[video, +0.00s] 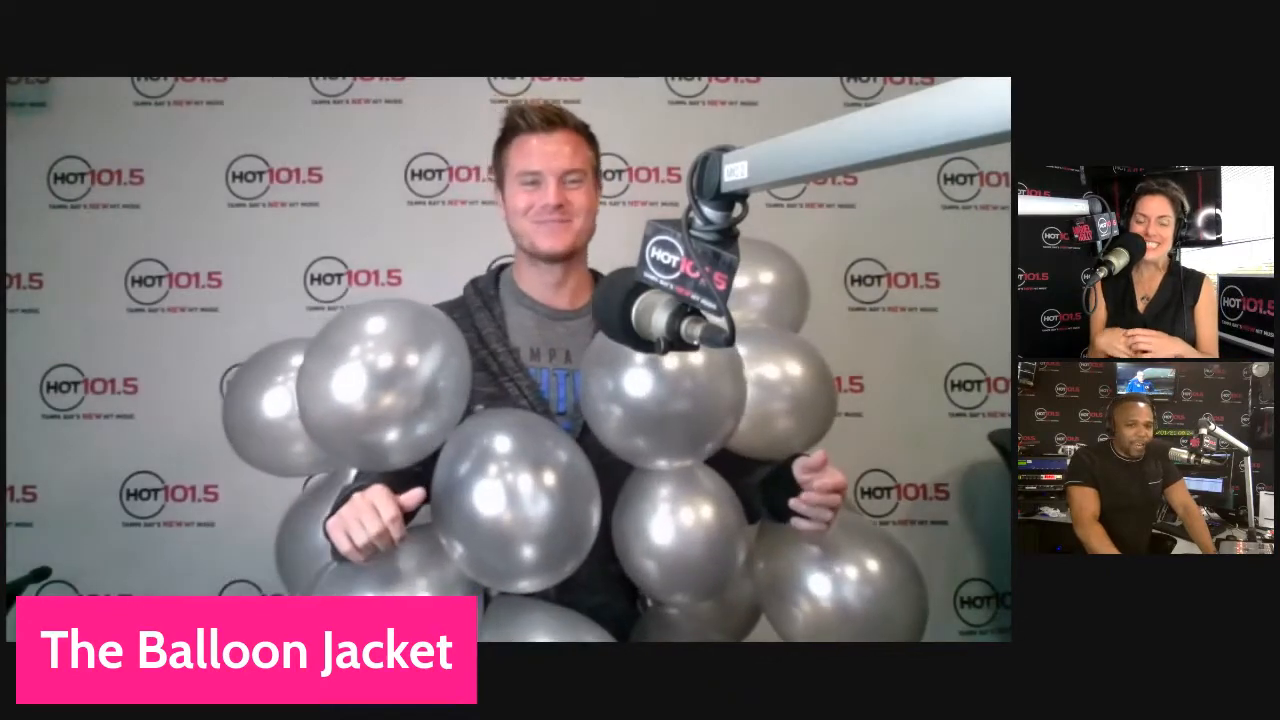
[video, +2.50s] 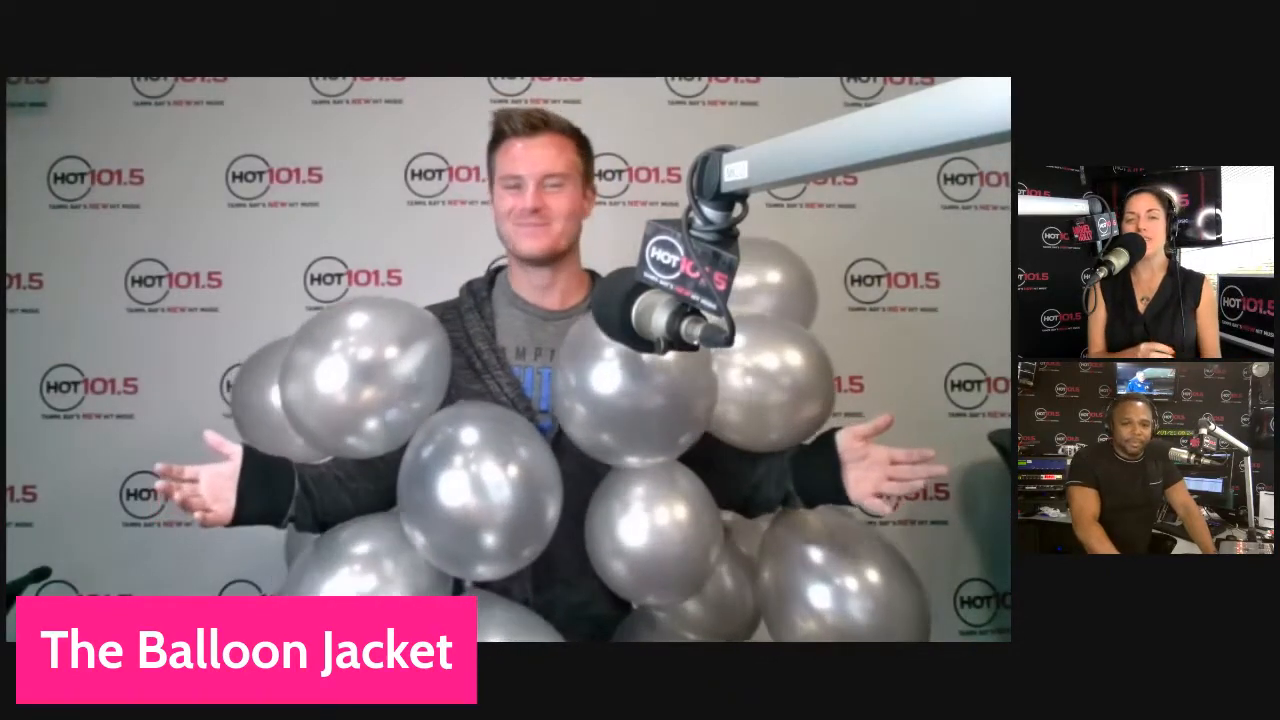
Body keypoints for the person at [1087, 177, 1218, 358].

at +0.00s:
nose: (1150, 231)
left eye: (1163, 223)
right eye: (1141, 220)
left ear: (1177, 230)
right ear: (1127, 224)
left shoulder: (1198, 287)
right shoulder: (1104, 285)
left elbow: (1211, 361)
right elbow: (1093, 359)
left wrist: (1179, 347)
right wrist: (1099, 342)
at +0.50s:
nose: (1150, 229)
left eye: (1163, 221)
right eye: (1141, 218)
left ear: (1178, 231)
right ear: (1128, 224)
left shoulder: (1198, 285)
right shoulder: (1104, 285)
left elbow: (1211, 360)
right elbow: (1095, 354)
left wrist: (1158, 346)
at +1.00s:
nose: (1146, 229)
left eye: (1160, 220)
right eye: (1138, 218)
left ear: (1175, 230)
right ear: (1127, 224)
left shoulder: (1197, 284)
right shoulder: (1103, 285)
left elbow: (1211, 358)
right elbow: (1093, 359)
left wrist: (1169, 344)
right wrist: (1100, 345)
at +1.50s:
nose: (1143, 227)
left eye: (1156, 218)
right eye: (1134, 218)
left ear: (1172, 227)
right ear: (1124, 225)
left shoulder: (1197, 285)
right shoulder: (1102, 287)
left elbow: (1209, 361)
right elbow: (1093, 355)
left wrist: (1163, 351)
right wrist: (1116, 350)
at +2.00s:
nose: (1139, 227)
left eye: (1152, 217)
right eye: (1131, 219)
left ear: (1170, 225)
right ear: (1122, 228)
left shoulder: (1198, 287)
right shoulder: (1104, 287)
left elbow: (1212, 363)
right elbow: (1095, 357)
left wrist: (1166, 350)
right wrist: (1135, 352)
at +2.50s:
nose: (1140, 227)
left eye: (1152, 217)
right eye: (1131, 219)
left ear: (1168, 226)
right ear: (1121, 228)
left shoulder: (1197, 287)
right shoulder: (1102, 288)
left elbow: (1212, 364)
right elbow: (1095, 358)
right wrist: (1133, 354)